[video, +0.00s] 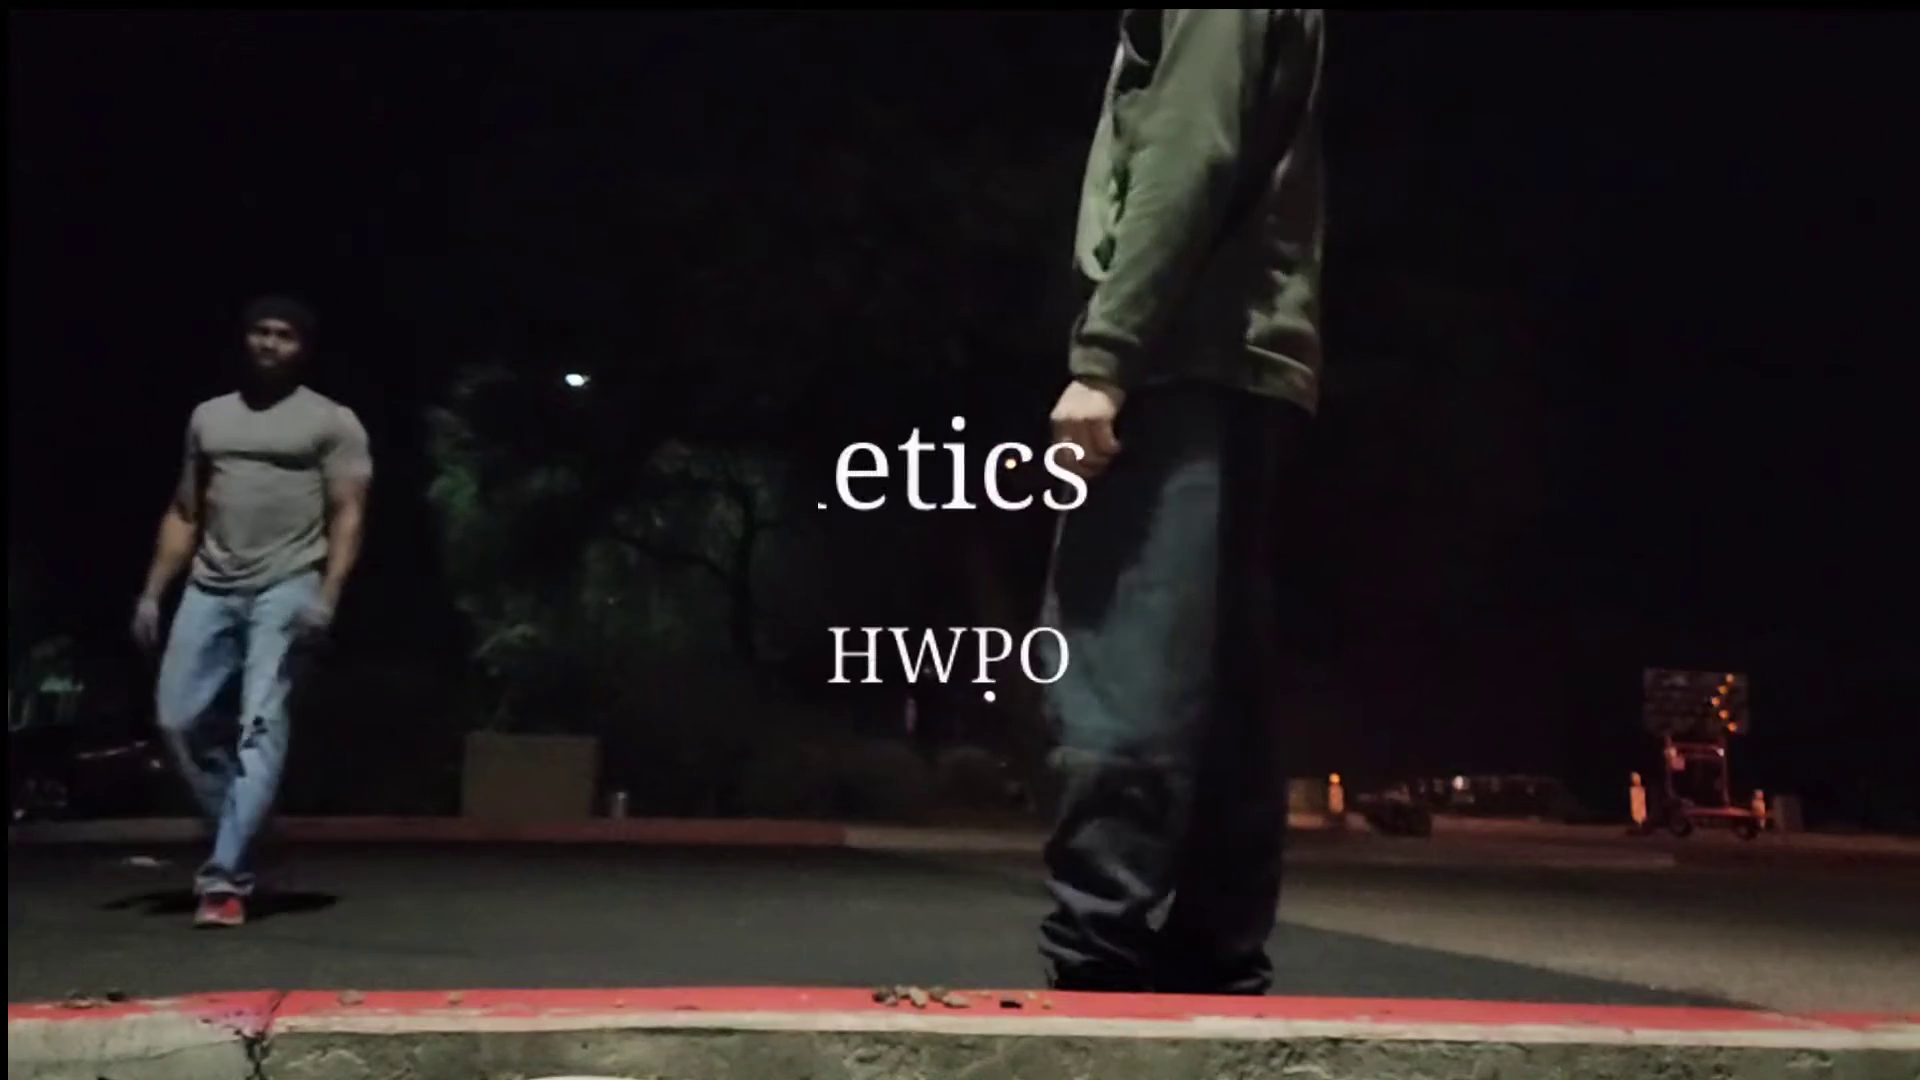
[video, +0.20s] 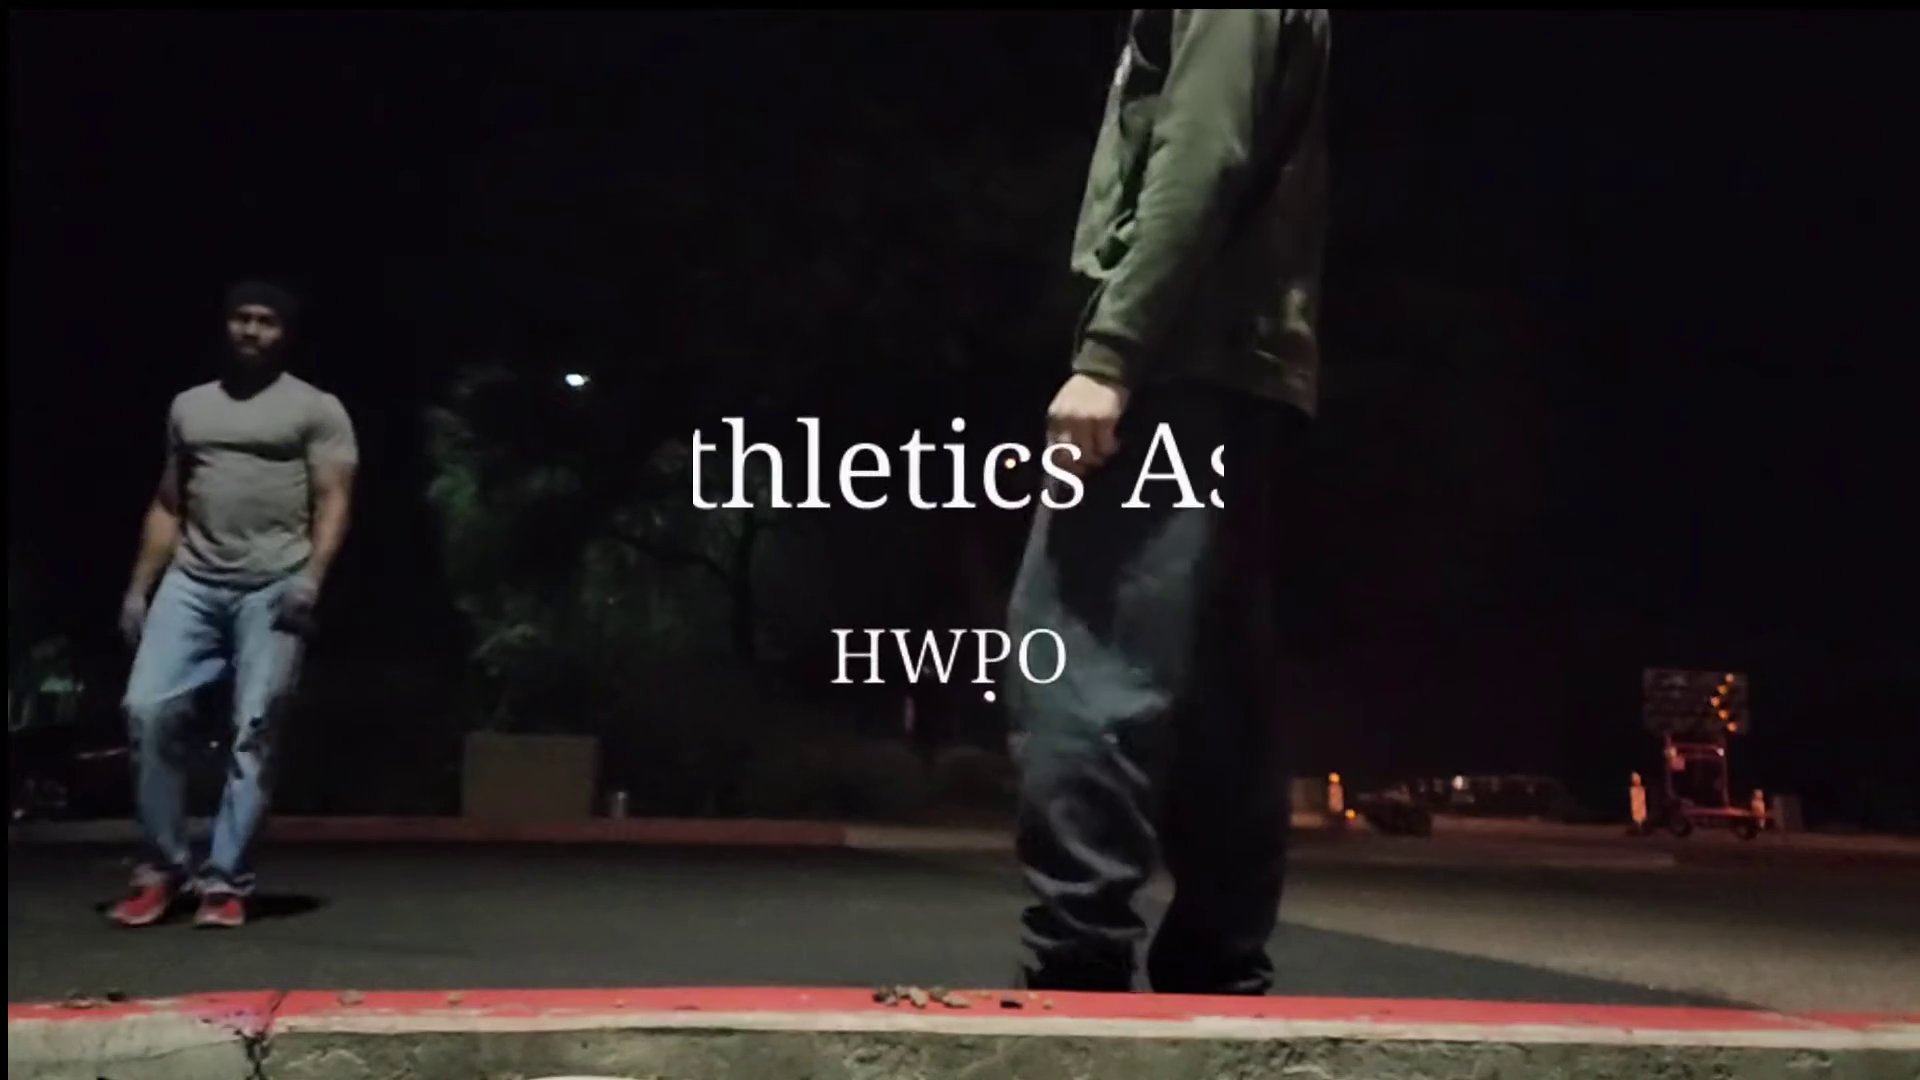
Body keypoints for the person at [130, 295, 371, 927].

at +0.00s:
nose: (270, 345)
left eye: (283, 337)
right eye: (261, 334)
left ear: (303, 348)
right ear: (244, 341)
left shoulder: (334, 425)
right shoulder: (209, 419)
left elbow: (347, 515)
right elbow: (184, 512)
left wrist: (328, 594)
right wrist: (153, 591)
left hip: (286, 587)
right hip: (209, 587)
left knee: (263, 720)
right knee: (176, 718)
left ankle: (228, 873)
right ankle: (236, 832)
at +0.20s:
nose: (252, 332)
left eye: (265, 323)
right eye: (243, 320)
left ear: (286, 334)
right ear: (225, 328)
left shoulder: (318, 411)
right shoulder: (190, 409)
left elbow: (333, 503)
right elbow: (168, 505)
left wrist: (311, 577)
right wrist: (139, 588)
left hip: (275, 586)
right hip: (191, 581)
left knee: (254, 729)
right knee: (149, 707)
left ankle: (224, 881)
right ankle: (162, 866)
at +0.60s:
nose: (199, 307)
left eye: (213, 297)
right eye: (189, 294)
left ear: (231, 310)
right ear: (167, 301)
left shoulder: (267, 392)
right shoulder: (117, 383)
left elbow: (283, 490)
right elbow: (83, 482)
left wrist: (273, 577)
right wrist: (51, 570)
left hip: (223, 578)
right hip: (129, 572)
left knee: (218, 726)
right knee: (101, 726)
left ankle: (220, 882)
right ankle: (73, 892)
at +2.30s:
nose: (183, 207)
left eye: (196, 194)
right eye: (165, 190)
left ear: (211, 206)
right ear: (127, 195)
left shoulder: (231, 307)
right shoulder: (66, 279)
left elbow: (246, 426)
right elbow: (27, 399)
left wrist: (266, 533)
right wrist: (39, 508)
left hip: (200, 529)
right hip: (90, 518)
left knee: (230, 699)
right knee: (58, 708)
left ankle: (213, 900)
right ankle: (38, 911)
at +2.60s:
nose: (255, 213)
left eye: (264, 200)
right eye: (236, 197)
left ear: (273, 212)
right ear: (193, 204)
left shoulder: (294, 315)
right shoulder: (131, 285)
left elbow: (306, 429)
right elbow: (88, 407)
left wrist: (325, 524)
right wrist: (89, 523)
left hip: (262, 534)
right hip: (159, 523)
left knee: (271, 713)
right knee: (104, 703)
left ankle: (263, 906)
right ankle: (43, 907)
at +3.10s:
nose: (352, 239)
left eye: (363, 227)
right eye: (338, 222)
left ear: (373, 236)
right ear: (295, 219)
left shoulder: (386, 332)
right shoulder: (225, 293)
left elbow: (405, 444)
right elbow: (179, 406)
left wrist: (430, 545)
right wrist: (186, 517)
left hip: (332, 544)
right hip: (235, 529)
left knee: (310, 717)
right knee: (168, 710)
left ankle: (265, 907)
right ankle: (90, 907)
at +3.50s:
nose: (376, 249)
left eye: (390, 237)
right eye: (363, 230)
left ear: (400, 248)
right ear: (324, 226)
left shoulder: (398, 348)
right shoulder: (250, 294)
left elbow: (412, 454)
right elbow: (183, 398)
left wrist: (438, 544)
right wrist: (167, 497)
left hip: (336, 548)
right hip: (239, 529)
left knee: (307, 719)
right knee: (185, 706)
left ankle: (263, 906)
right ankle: (124, 903)